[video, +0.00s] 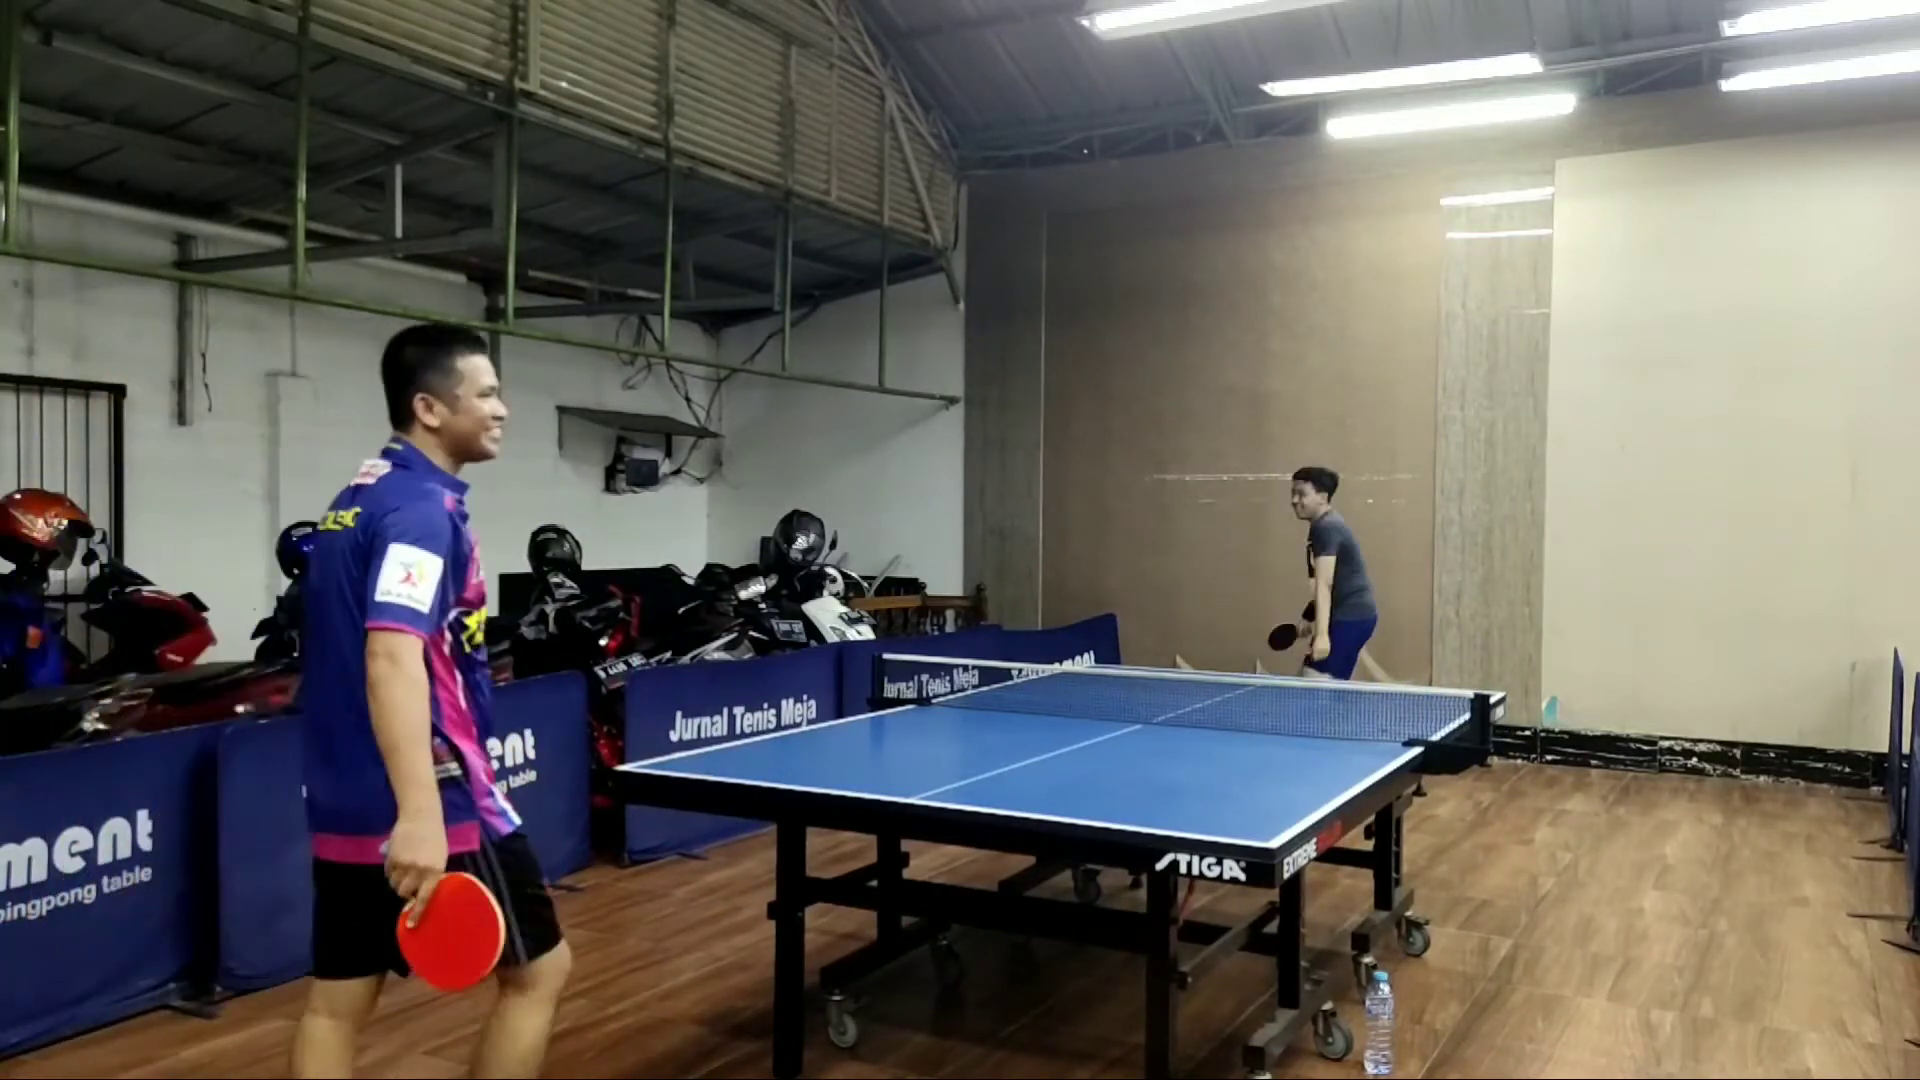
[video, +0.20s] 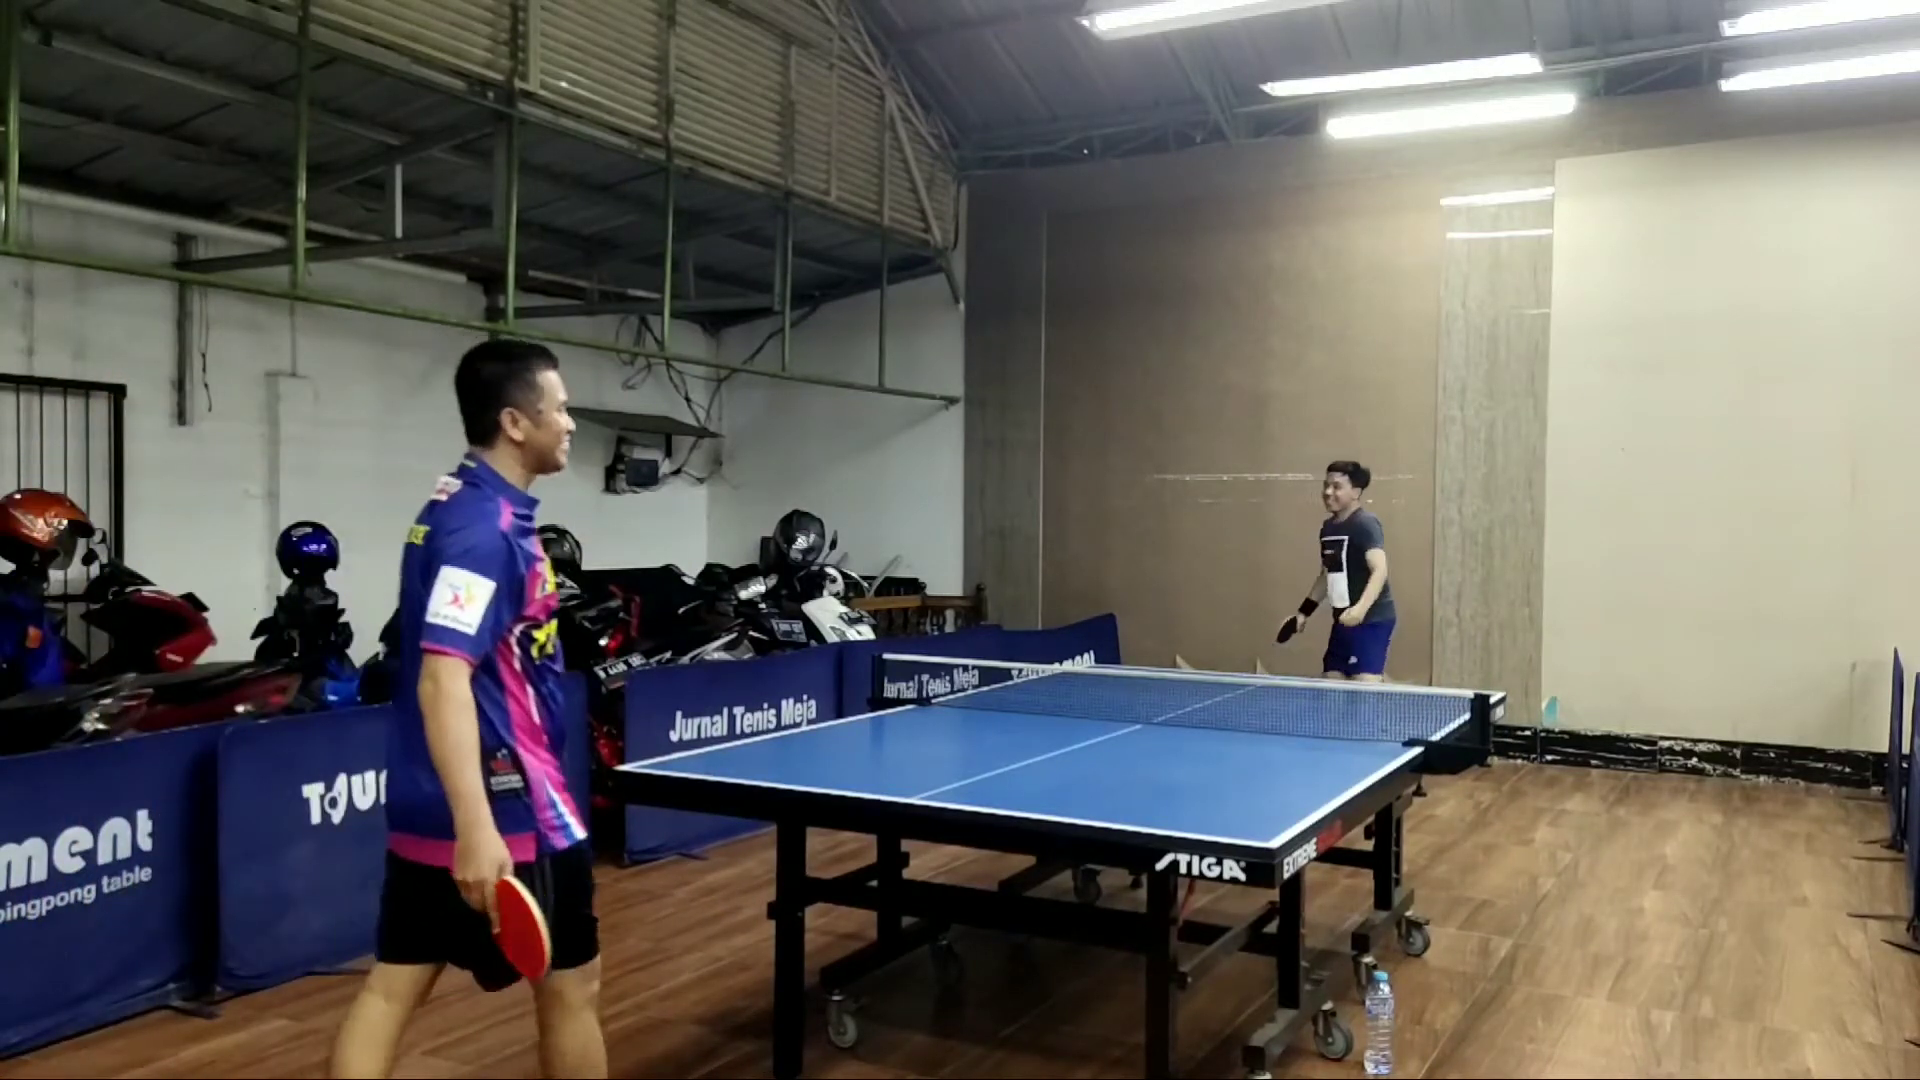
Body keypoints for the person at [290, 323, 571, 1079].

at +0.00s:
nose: (502, 409)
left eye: (499, 393)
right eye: (486, 394)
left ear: (425, 408)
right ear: (429, 407)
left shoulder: (358, 496)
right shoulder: (422, 505)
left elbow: (342, 658)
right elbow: (390, 657)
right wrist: (417, 813)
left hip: (348, 808)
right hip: (445, 809)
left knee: (337, 1002)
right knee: (539, 968)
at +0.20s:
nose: (571, 423)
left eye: (567, 408)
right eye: (559, 409)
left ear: (507, 422)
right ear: (515, 423)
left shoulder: (463, 507)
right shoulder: (484, 525)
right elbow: (440, 680)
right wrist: (473, 826)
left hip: (436, 811)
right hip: (519, 815)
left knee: (392, 988)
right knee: (572, 995)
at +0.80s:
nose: (735, 421)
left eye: (732, 406)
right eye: (732, 406)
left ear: (663, 414)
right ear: (712, 415)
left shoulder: (684, 508)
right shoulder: (649, 513)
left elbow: (677, 638)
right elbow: (639, 654)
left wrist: (735, 709)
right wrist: (767, 704)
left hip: (695, 776)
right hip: (648, 789)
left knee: (716, 951)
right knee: (645, 979)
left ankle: (738, 1075)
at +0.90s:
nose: (754, 422)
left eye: (750, 407)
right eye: (750, 407)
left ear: (683, 416)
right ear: (729, 416)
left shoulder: (707, 509)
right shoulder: (662, 514)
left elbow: (706, 650)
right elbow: (642, 650)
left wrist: (778, 713)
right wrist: (767, 704)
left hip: (720, 775)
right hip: (674, 787)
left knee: (728, 951)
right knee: (666, 973)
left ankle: (746, 1074)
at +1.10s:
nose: (790, 420)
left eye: (787, 406)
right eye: (786, 407)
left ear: (719, 416)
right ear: (769, 415)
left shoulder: (741, 504)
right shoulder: (697, 506)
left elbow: (727, 639)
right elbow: (658, 633)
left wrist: (789, 713)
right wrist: (770, 703)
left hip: (754, 775)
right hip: (711, 784)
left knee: (756, 966)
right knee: (734, 972)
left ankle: (753, 1075)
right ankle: (658, 1075)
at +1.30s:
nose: (819, 429)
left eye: (818, 414)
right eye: (817, 414)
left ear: (749, 418)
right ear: (797, 419)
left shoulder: (762, 506)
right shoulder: (713, 508)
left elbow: (745, 640)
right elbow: (675, 634)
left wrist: (807, 718)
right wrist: (789, 704)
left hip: (760, 772)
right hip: (729, 779)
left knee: (749, 959)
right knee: (803, 960)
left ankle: (752, 1075)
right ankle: (695, 1073)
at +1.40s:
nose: (819, 431)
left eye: (818, 416)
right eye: (818, 416)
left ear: (748, 416)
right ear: (798, 419)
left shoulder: (763, 509)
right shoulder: (714, 513)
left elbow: (749, 644)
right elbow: (678, 641)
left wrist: (826, 681)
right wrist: (793, 711)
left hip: (765, 773)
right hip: (740, 783)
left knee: (752, 960)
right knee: (804, 965)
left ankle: (753, 1068)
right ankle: (713, 1073)